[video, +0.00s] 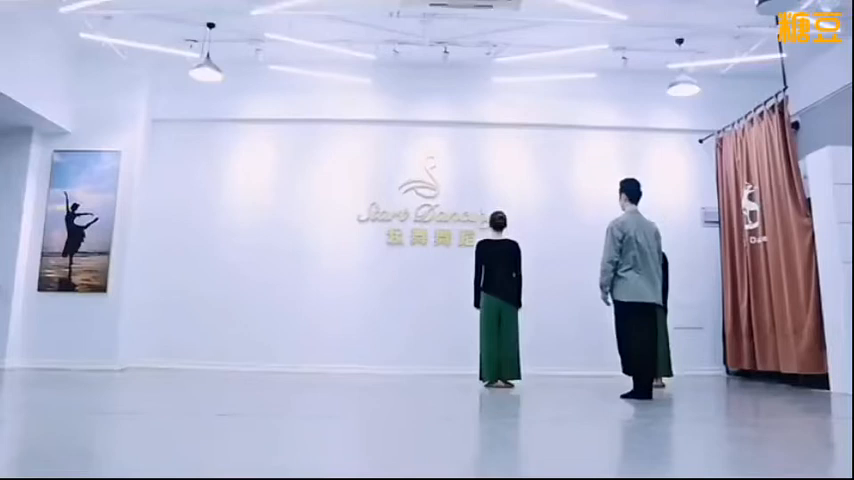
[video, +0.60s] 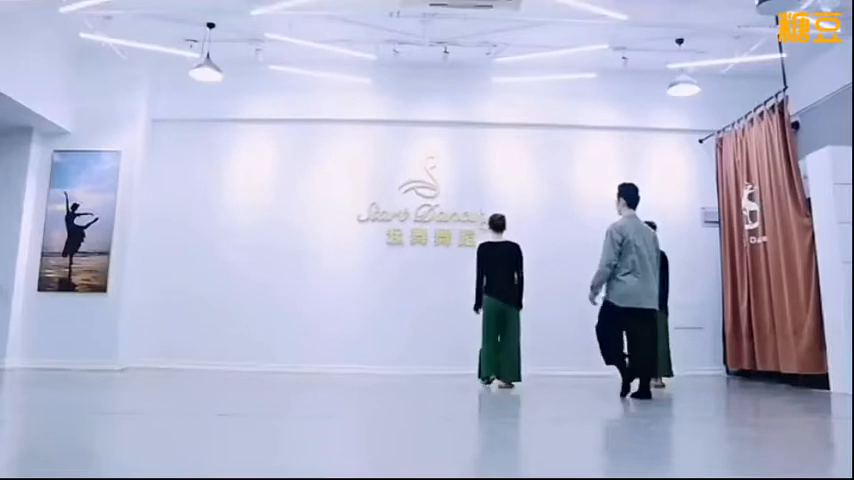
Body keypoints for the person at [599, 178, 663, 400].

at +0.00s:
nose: (619, 199)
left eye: (619, 195)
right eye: (620, 195)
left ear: (623, 197)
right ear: (639, 197)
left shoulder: (618, 225)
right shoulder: (652, 227)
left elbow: (610, 261)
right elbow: (658, 261)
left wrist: (604, 287)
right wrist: (655, 289)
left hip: (626, 294)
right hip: (650, 294)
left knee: (631, 342)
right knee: (647, 342)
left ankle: (640, 386)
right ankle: (644, 387)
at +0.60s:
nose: (616, 203)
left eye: (616, 200)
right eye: (617, 199)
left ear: (621, 201)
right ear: (636, 202)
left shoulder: (617, 229)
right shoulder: (650, 232)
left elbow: (607, 264)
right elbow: (656, 264)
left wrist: (594, 287)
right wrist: (652, 292)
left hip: (621, 296)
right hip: (647, 297)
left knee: (605, 330)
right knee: (642, 343)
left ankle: (623, 368)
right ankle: (644, 387)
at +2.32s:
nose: (539, 197)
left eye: (539, 193)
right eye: (549, 193)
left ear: (539, 195)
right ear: (558, 197)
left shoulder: (531, 225)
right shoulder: (568, 228)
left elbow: (523, 259)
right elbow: (578, 264)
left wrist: (515, 285)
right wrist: (580, 290)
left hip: (542, 296)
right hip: (568, 295)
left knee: (547, 343)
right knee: (588, 339)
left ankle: (554, 388)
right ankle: (611, 377)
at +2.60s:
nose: (541, 197)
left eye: (540, 193)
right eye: (550, 193)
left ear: (539, 195)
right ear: (558, 196)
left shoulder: (530, 226)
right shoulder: (568, 227)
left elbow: (523, 260)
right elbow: (578, 264)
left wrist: (516, 285)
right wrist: (581, 290)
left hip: (542, 296)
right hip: (568, 294)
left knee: (548, 343)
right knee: (588, 338)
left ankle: (554, 388)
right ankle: (611, 376)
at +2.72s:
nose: (541, 196)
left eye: (540, 193)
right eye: (551, 193)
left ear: (539, 195)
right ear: (559, 196)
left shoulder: (530, 226)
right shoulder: (568, 228)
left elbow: (523, 260)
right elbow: (578, 264)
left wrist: (517, 285)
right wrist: (581, 290)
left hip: (542, 296)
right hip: (568, 295)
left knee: (548, 343)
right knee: (589, 338)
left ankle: (554, 387)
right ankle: (611, 376)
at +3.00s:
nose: (540, 196)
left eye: (540, 192)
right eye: (550, 193)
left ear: (539, 195)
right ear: (558, 196)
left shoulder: (530, 226)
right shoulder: (568, 227)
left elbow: (522, 260)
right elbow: (578, 264)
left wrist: (516, 285)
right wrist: (581, 290)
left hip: (542, 296)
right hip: (568, 294)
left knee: (548, 343)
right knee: (589, 338)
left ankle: (554, 388)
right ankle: (611, 376)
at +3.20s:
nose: (539, 195)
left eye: (539, 192)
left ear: (539, 195)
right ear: (558, 196)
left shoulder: (530, 226)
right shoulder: (568, 227)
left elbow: (522, 260)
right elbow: (578, 263)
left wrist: (516, 286)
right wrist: (581, 289)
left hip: (542, 296)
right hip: (568, 294)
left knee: (548, 343)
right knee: (589, 338)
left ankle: (554, 387)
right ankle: (611, 376)